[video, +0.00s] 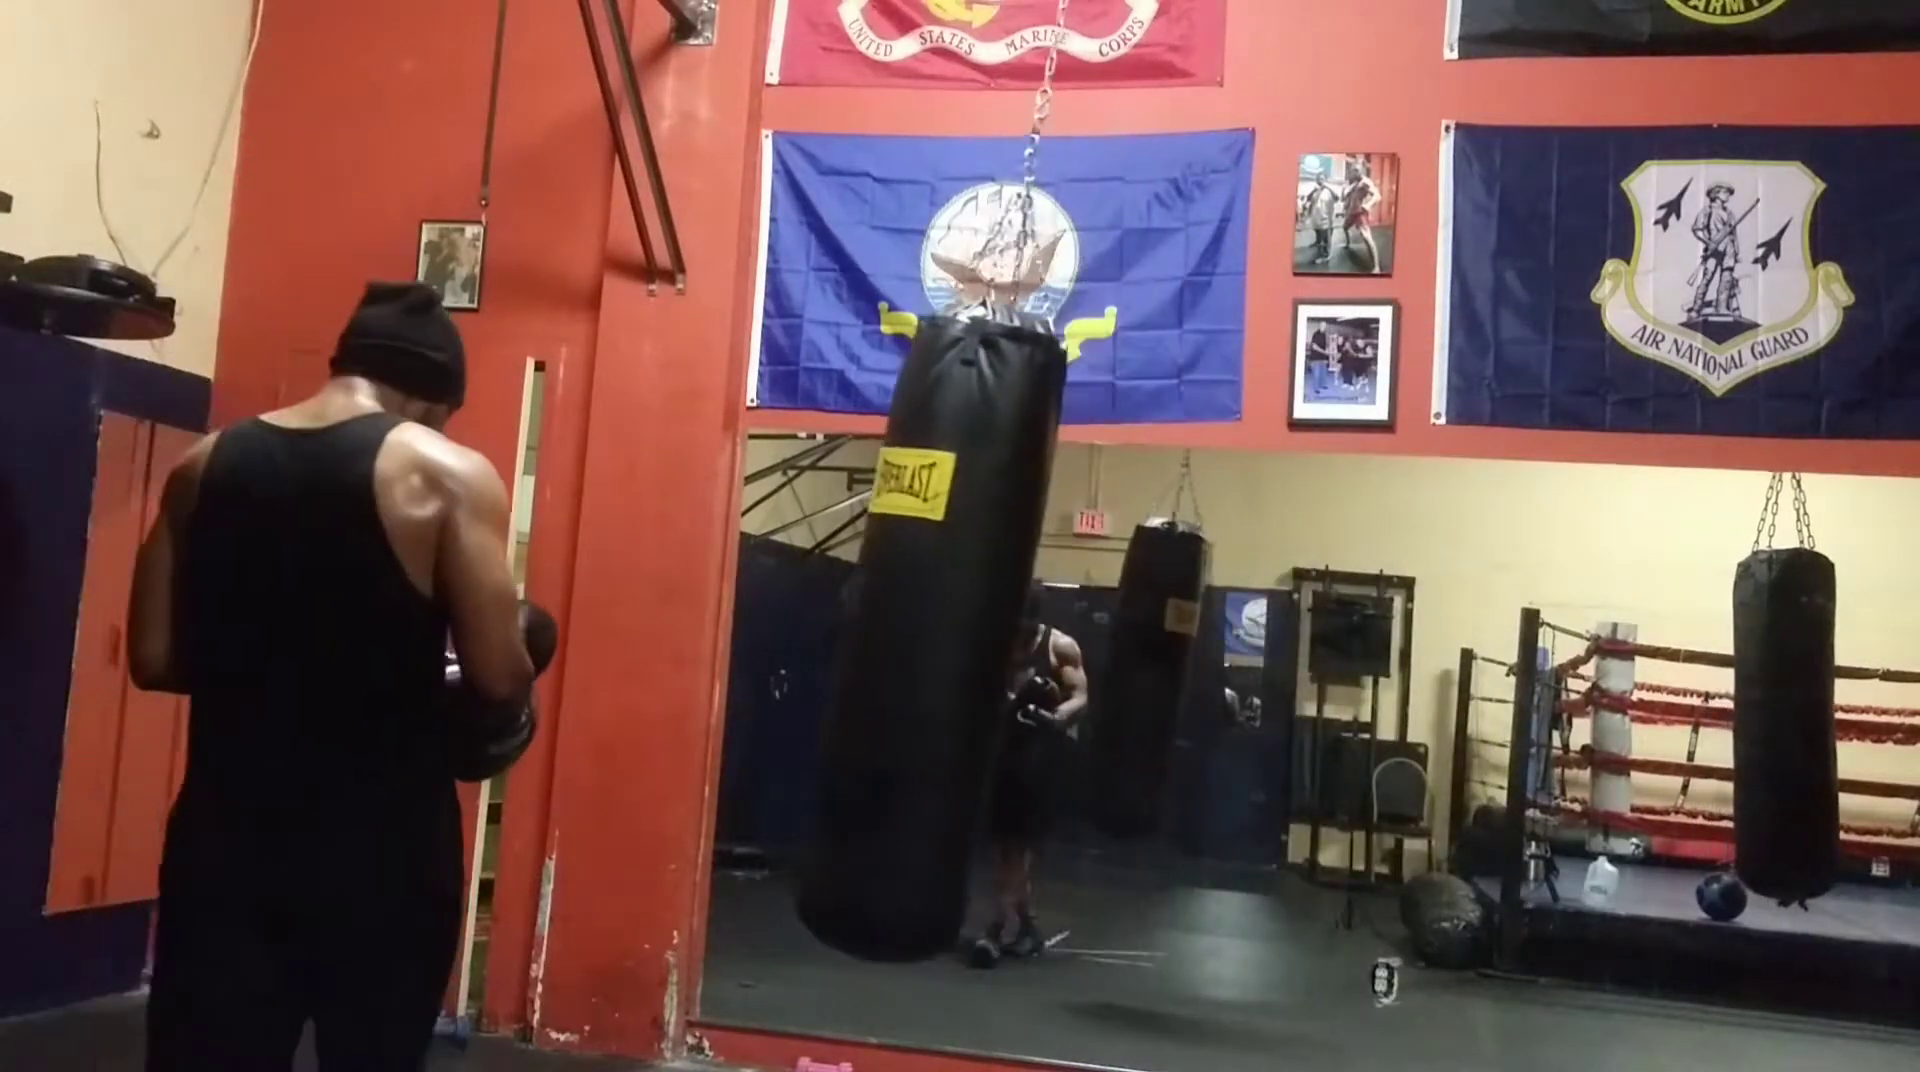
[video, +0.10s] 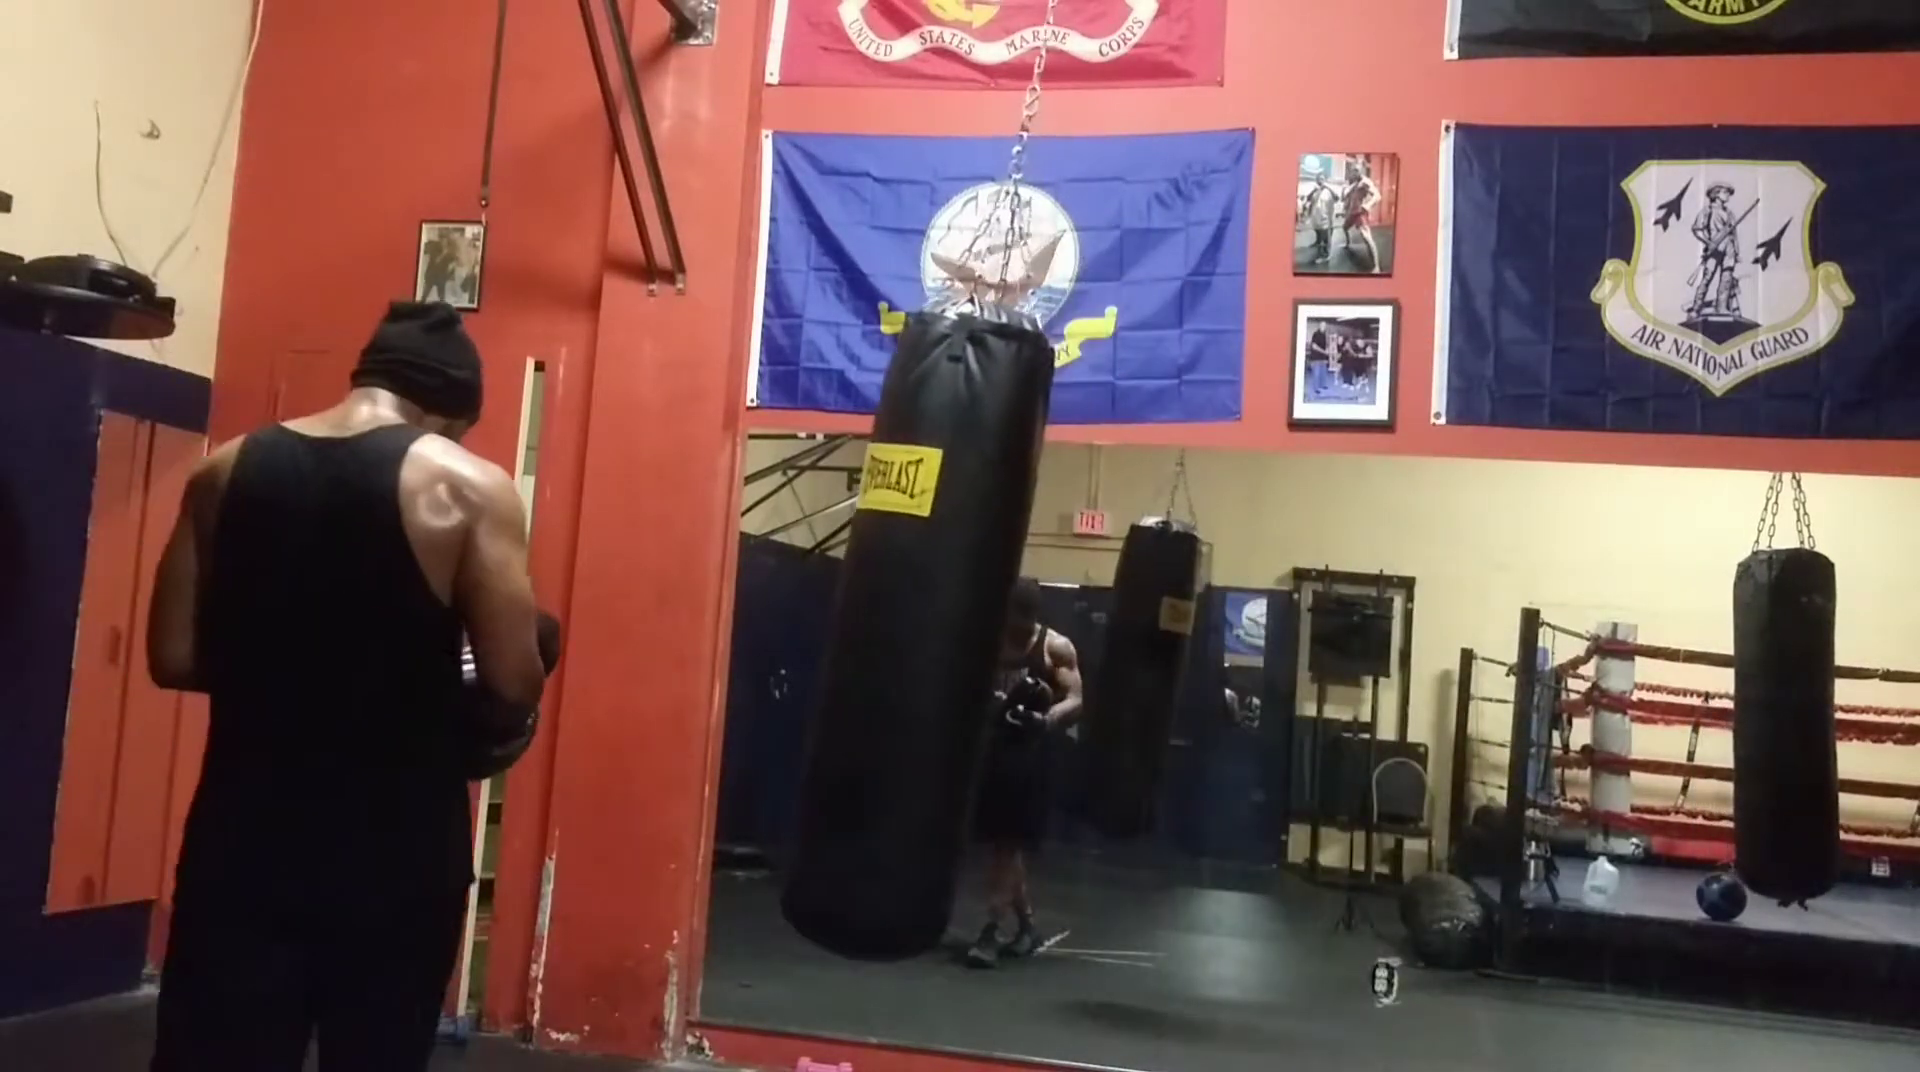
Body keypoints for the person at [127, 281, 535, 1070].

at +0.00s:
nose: (440, 427)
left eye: (441, 416)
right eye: (444, 415)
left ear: (342, 366)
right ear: (434, 400)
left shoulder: (204, 465)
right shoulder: (452, 477)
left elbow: (153, 657)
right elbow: (499, 675)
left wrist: (273, 662)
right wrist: (523, 636)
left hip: (223, 853)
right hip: (383, 866)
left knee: (207, 1055)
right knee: (373, 1054)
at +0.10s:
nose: (452, 441)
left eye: (454, 430)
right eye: (457, 430)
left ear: (361, 379)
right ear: (452, 414)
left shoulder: (225, 471)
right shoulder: (473, 490)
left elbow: (173, 656)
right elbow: (514, 679)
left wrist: (291, 665)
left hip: (239, 851)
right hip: (393, 868)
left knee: (215, 1054)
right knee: (374, 1054)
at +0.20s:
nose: (474, 439)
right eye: (475, 424)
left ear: (378, 379)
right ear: (472, 413)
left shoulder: (250, 467)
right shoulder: (493, 497)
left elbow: (189, 648)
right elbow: (526, 683)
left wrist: (301, 666)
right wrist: (461, 747)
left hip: (255, 851)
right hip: (404, 871)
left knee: (230, 1051)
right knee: (384, 1053)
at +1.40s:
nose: (499, 471)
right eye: (501, 461)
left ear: (423, 432)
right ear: (496, 455)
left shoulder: (316, 504)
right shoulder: (499, 518)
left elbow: (264, 649)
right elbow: (538, 676)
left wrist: (361, 639)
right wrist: (557, 695)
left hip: (330, 788)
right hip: (447, 796)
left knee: (331, 997)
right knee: (460, 985)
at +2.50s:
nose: (595, 529)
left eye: (597, 517)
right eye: (600, 518)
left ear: (538, 471)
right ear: (600, 506)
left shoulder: (431, 531)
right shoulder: (586, 553)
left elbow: (382, 661)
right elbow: (611, 698)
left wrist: (463, 635)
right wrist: (649, 695)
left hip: (424, 802)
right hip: (525, 815)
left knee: (400, 992)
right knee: (506, 1011)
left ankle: (381, 1061)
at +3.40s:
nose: (649, 531)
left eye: (655, 519)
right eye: (654, 517)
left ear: (595, 476)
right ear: (642, 496)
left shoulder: (496, 524)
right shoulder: (621, 544)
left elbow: (442, 647)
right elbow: (632, 674)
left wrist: (528, 636)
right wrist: (673, 691)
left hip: (474, 778)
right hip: (554, 791)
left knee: (499, 964)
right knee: (514, 970)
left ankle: (504, 1061)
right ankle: (491, 1066)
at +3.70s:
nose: (659, 543)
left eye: (665, 531)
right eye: (663, 529)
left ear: (602, 491)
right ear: (648, 508)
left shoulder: (512, 541)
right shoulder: (626, 555)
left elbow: (461, 661)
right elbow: (642, 680)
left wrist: (555, 641)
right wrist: (687, 695)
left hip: (490, 786)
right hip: (576, 791)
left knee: (512, 961)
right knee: (605, 950)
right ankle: (525, 1061)